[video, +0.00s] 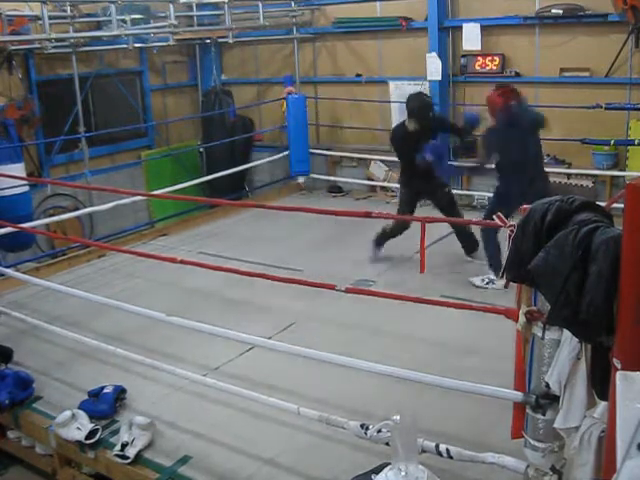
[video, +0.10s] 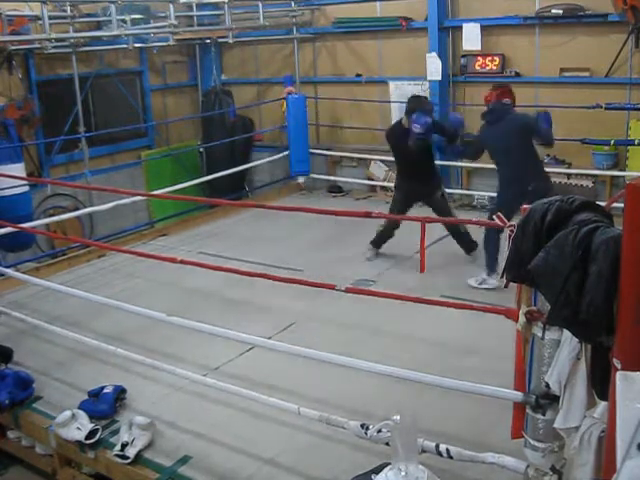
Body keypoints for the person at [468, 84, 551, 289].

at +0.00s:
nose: (489, 112)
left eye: (491, 108)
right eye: (490, 107)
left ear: (496, 109)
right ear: (515, 104)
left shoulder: (497, 132)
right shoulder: (530, 119)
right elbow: (541, 121)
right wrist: (521, 107)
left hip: (512, 189)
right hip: (538, 186)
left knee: (488, 225)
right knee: (539, 225)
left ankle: (496, 273)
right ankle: (542, 274)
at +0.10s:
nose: (489, 105)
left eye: (490, 102)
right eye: (491, 102)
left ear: (492, 104)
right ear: (510, 102)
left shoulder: (487, 130)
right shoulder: (523, 120)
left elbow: (473, 154)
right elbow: (547, 141)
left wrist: (454, 146)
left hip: (511, 188)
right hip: (538, 183)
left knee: (492, 226)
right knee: (547, 224)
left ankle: (491, 275)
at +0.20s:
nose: (486, 110)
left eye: (487, 106)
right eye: (487, 106)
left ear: (491, 108)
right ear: (509, 106)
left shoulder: (486, 135)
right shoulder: (522, 123)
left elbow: (465, 163)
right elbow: (542, 144)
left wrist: (461, 147)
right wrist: (541, 144)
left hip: (509, 193)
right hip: (535, 188)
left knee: (488, 233)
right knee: (542, 231)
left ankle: (483, 278)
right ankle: (545, 278)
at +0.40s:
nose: (492, 117)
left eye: (494, 114)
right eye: (494, 114)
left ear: (498, 117)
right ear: (518, 114)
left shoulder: (495, 143)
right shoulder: (535, 136)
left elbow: (486, 178)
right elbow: (547, 165)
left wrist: (480, 170)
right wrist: (528, 156)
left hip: (506, 202)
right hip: (534, 201)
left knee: (483, 232)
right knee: (529, 235)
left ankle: (483, 280)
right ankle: (531, 282)